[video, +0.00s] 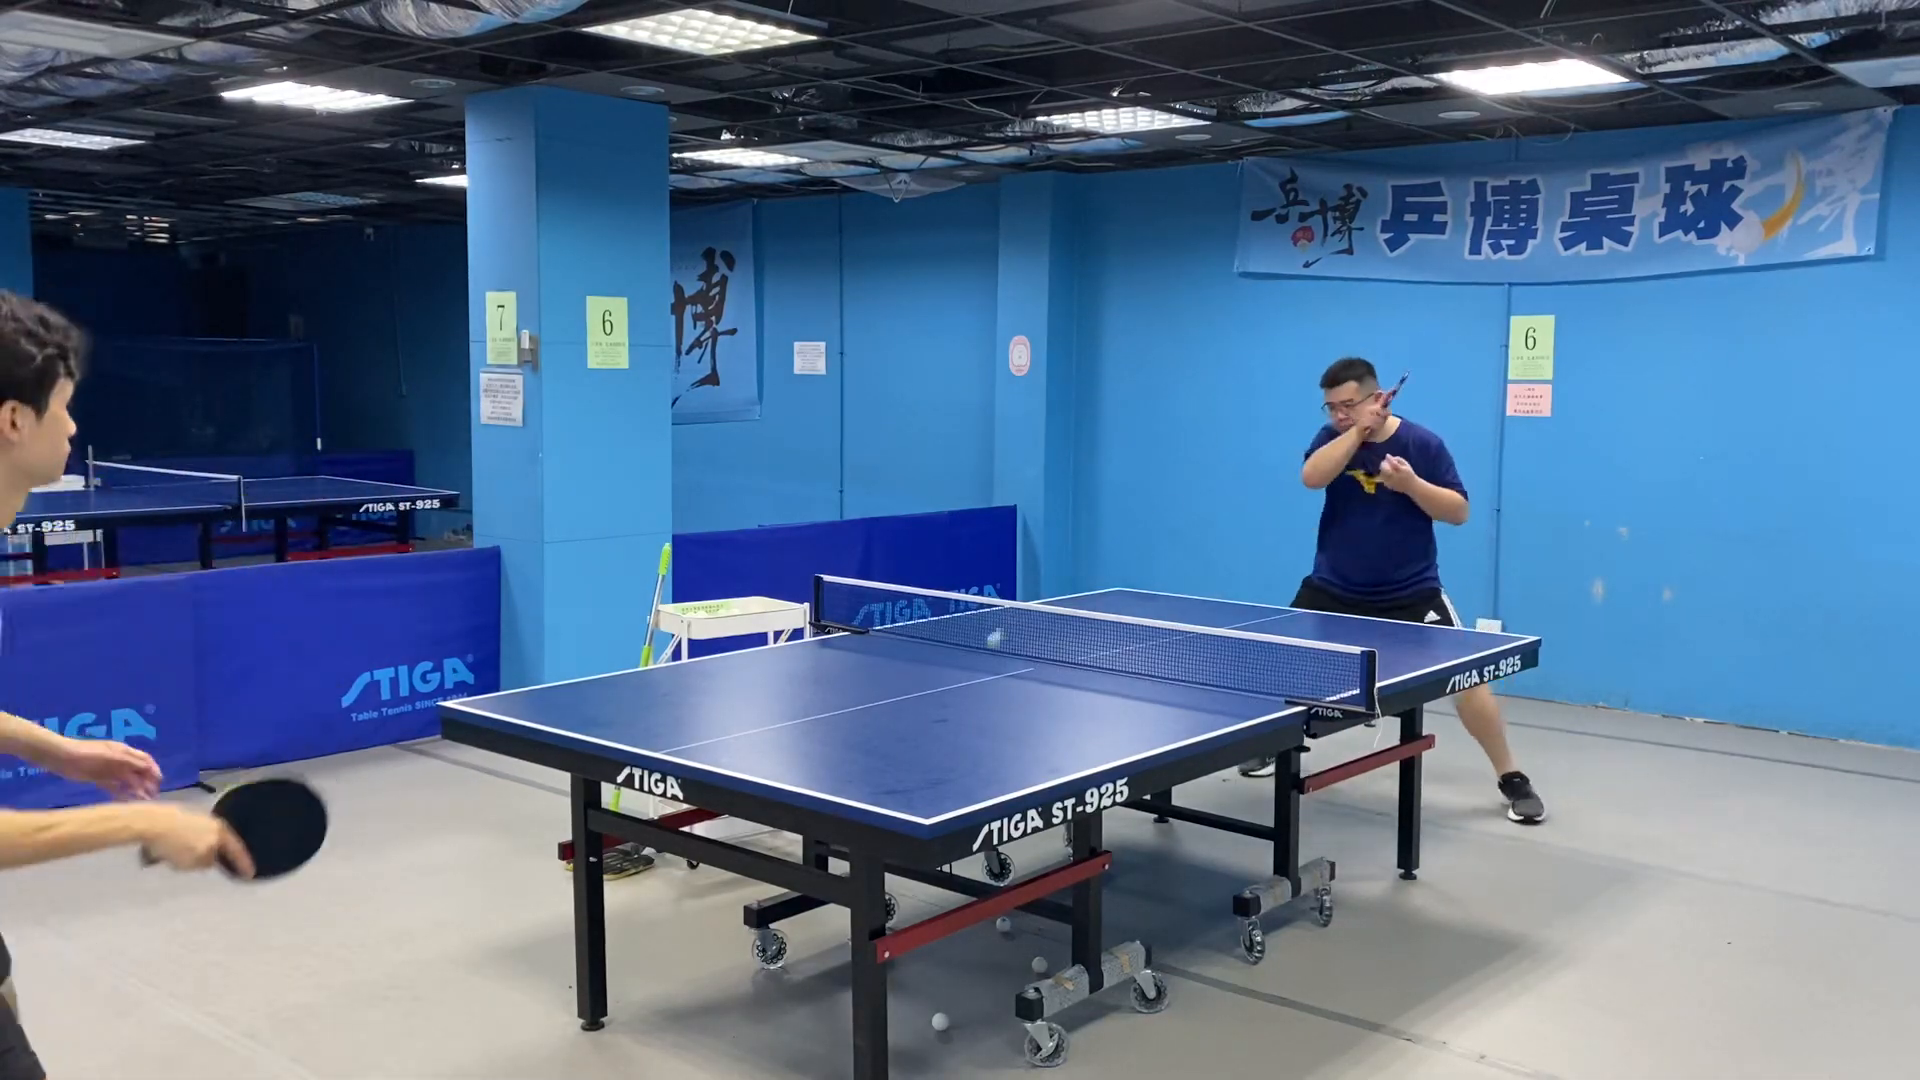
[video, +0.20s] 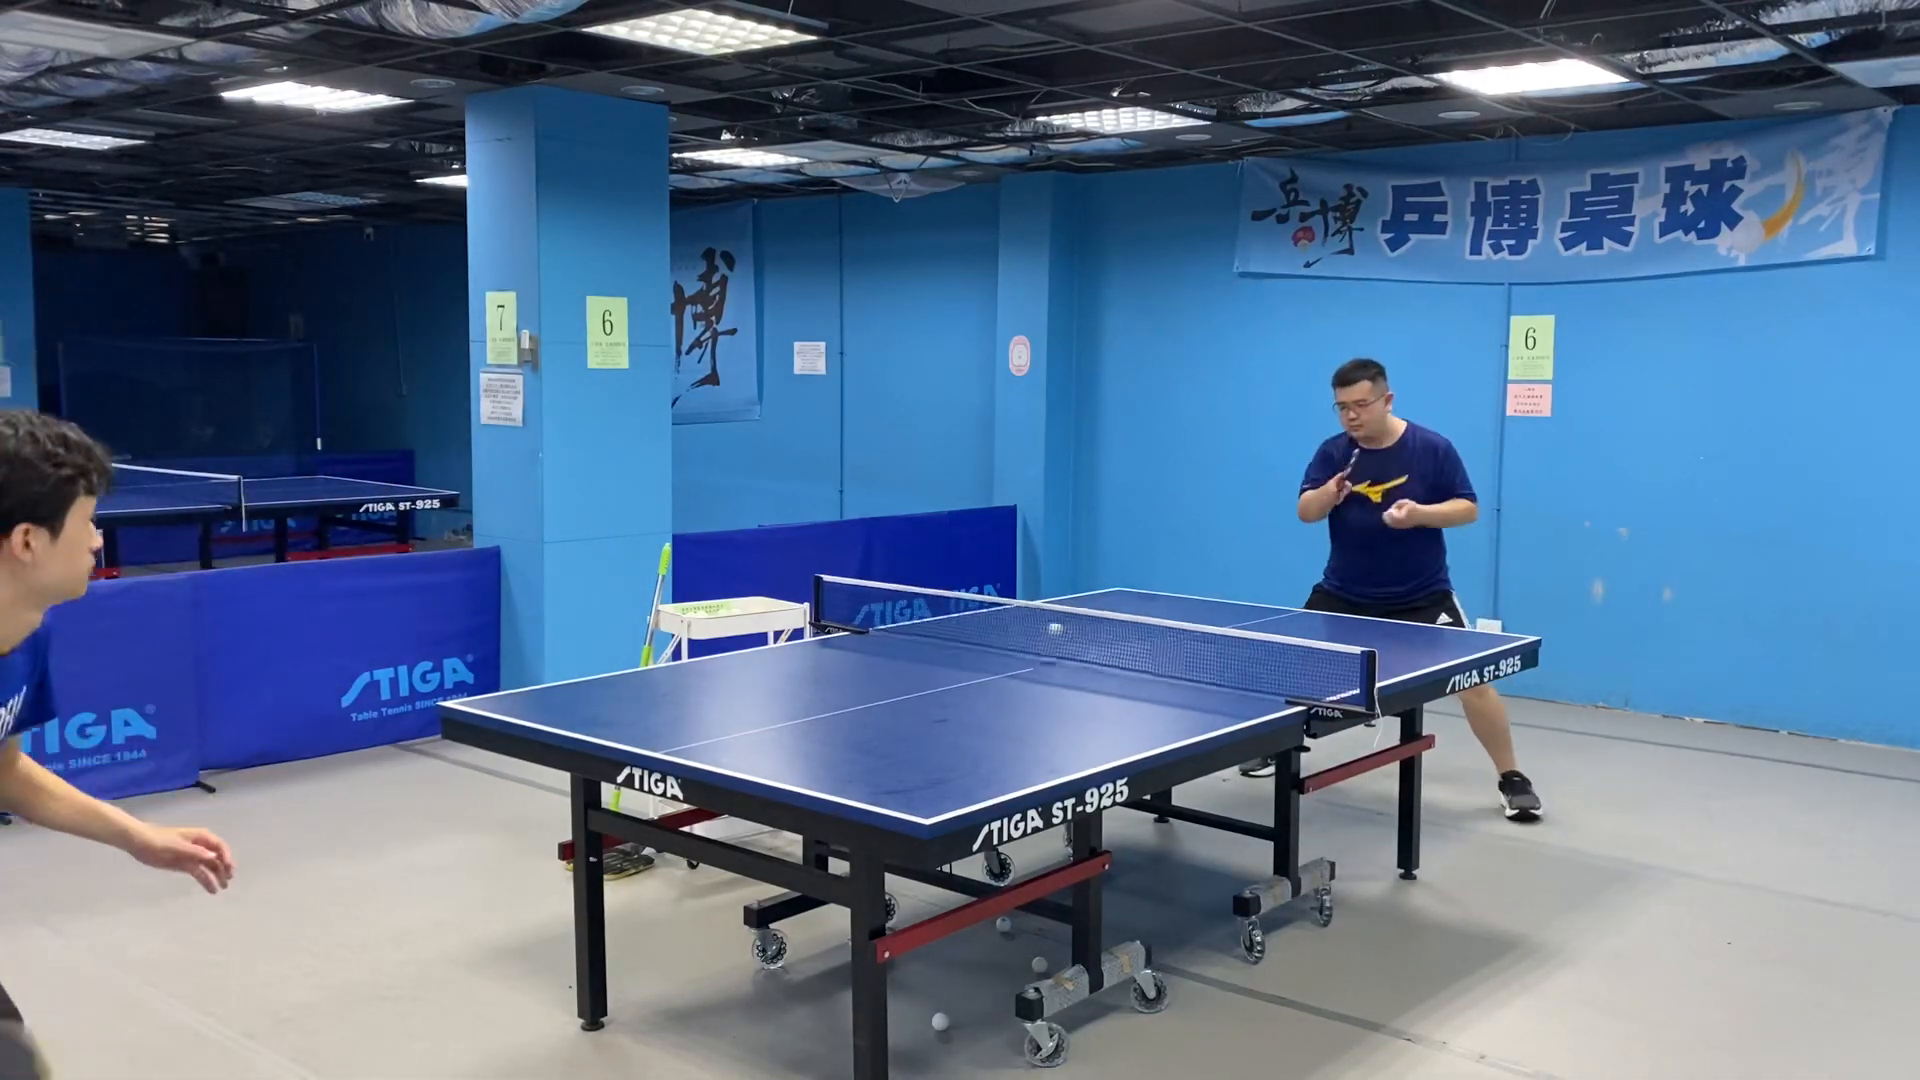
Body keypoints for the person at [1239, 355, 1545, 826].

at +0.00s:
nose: (1338, 417)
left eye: (1348, 406)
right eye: (1332, 408)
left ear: (1377, 400)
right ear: (1329, 407)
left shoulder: (1423, 445)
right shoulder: (1331, 438)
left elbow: (1458, 512)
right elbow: (1313, 477)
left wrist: (1411, 484)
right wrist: (1358, 431)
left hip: (1410, 595)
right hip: (1332, 591)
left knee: (1466, 676)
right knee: (1278, 659)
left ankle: (1510, 777)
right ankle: (1268, 741)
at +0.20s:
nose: (1350, 415)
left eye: (1359, 405)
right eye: (1343, 407)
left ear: (1387, 400)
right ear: (1337, 407)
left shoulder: (1432, 450)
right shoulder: (1334, 452)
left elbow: (1468, 509)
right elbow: (1305, 511)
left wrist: (1422, 514)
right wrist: (1328, 495)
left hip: (1421, 597)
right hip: (1342, 594)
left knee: (1471, 676)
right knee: (1288, 660)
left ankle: (1511, 777)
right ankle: (1275, 745)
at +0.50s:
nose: (1358, 390)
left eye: (1367, 380)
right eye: (1352, 382)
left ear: (1397, 377)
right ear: (1350, 385)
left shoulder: (1440, 424)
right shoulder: (1372, 437)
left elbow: (1457, 491)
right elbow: (1376, 498)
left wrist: (1383, 519)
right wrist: (1339, 524)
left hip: (1457, 577)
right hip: (1391, 574)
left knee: (1485, 680)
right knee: (1346, 657)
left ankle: (1515, 779)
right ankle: (1338, 749)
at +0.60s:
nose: (1357, 388)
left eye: (1366, 378)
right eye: (1352, 380)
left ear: (1396, 376)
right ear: (1352, 383)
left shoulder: (1432, 423)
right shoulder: (1382, 434)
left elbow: (1428, 496)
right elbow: (1389, 504)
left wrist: (1351, 502)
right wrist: (1350, 535)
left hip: (1454, 577)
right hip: (1393, 574)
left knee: (1481, 679)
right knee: (1354, 661)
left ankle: (1514, 778)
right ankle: (1341, 752)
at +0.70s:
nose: (1356, 385)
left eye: (1364, 375)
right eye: (1353, 376)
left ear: (1398, 373)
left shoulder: (1428, 421)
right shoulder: (1389, 425)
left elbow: (1395, 486)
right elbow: (1395, 496)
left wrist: (1321, 464)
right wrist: (1358, 526)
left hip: (1445, 576)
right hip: (1389, 572)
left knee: (1475, 678)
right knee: (1351, 660)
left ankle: (1515, 778)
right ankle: (1339, 754)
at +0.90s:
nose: (1356, 374)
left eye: (1364, 365)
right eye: (1357, 366)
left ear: (1397, 368)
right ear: (1388, 371)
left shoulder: (1433, 413)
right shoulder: (1394, 418)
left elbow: (1386, 453)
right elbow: (1407, 478)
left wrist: (1342, 398)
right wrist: (1362, 485)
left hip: (1441, 576)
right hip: (1385, 571)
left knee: (1473, 680)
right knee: (1355, 665)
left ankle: (1520, 776)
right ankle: (1341, 753)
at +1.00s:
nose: (1362, 380)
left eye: (1368, 370)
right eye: (1362, 371)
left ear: (1397, 371)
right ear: (1390, 374)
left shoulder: (1443, 415)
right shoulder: (1396, 422)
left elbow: (1416, 458)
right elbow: (1402, 484)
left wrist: (1369, 400)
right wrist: (1353, 478)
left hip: (1447, 580)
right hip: (1388, 574)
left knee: (1474, 680)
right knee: (1360, 667)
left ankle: (1521, 777)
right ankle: (1339, 753)